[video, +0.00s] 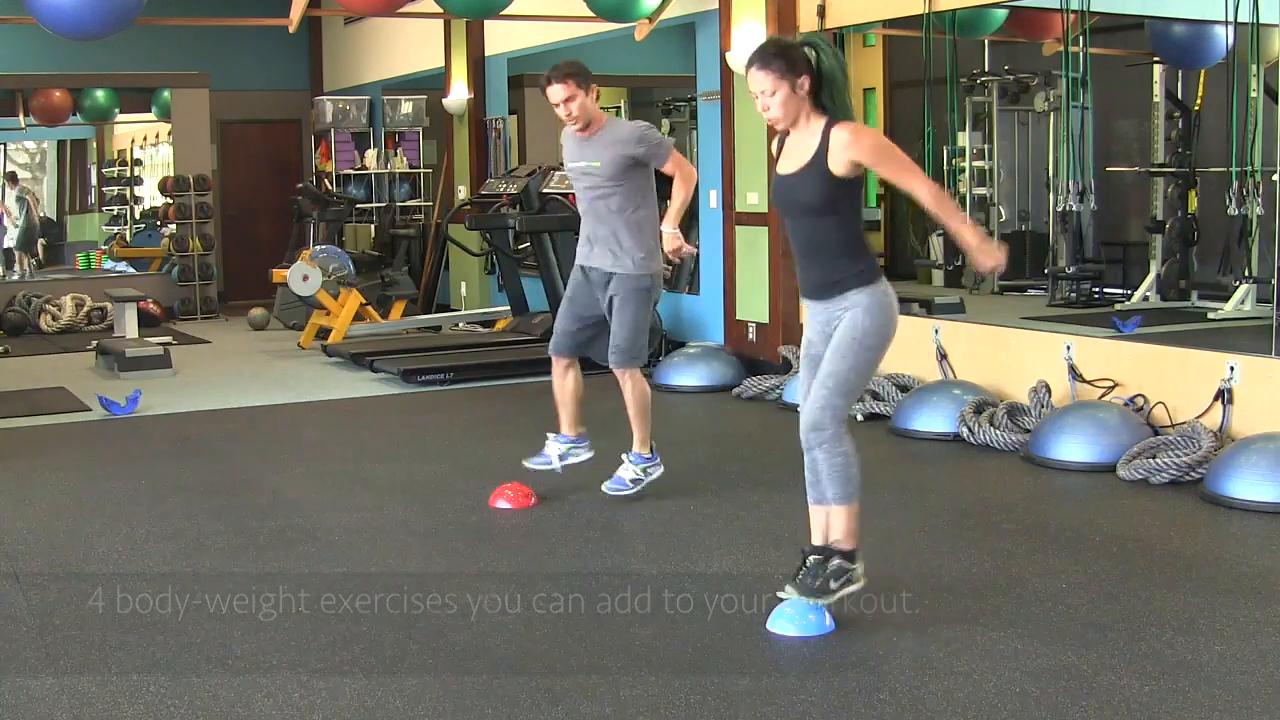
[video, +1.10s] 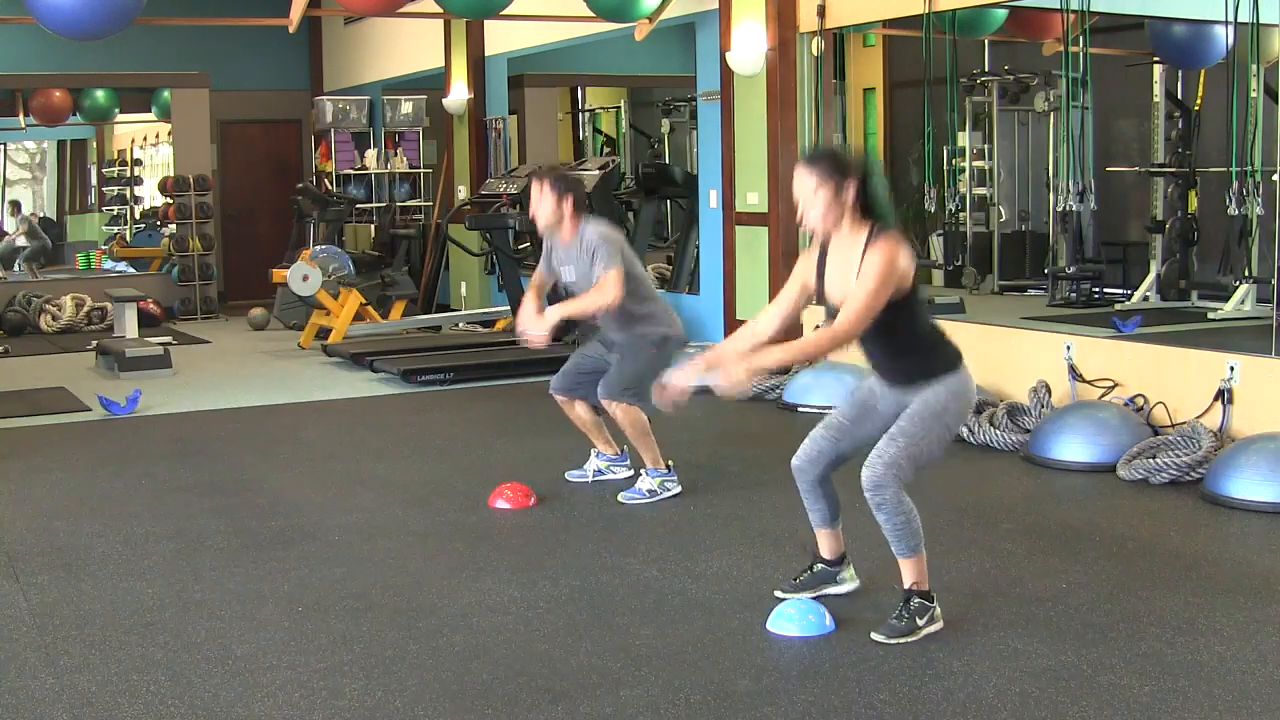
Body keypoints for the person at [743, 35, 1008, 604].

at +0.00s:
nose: (761, 106)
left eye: (768, 94)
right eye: (756, 96)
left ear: (801, 85)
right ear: (763, 94)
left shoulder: (847, 138)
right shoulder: (782, 144)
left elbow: (922, 187)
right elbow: (810, 221)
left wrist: (977, 243)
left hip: (863, 305)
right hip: (817, 310)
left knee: (824, 417)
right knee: (812, 421)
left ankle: (844, 556)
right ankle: (820, 550)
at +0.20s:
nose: (769, 121)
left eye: (777, 109)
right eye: (763, 111)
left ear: (810, 103)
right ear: (763, 112)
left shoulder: (851, 161)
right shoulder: (780, 165)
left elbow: (918, 219)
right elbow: (805, 244)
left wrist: (976, 277)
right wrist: (806, 315)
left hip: (865, 321)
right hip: (819, 326)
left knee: (817, 428)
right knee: (811, 436)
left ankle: (859, 562)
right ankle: (832, 559)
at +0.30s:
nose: (774, 123)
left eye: (780, 111)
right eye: (769, 113)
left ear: (814, 101)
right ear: (772, 110)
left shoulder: (853, 160)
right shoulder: (792, 163)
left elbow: (905, 238)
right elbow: (800, 242)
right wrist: (764, 306)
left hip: (876, 318)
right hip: (834, 322)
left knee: (843, 433)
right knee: (806, 436)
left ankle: (896, 572)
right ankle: (831, 556)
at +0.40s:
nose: (775, 155)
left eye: (781, 141)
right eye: (771, 143)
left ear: (818, 133)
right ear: (780, 141)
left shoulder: (856, 194)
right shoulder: (796, 197)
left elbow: (873, 281)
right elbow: (782, 277)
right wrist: (726, 277)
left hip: (899, 351)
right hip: (853, 352)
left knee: (864, 464)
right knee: (797, 454)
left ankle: (919, 595)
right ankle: (833, 561)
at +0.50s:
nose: (776, 213)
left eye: (784, 200)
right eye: (772, 202)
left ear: (820, 195)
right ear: (777, 204)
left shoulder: (855, 253)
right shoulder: (793, 260)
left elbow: (818, 334)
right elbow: (751, 336)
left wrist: (758, 272)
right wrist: (720, 281)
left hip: (925, 391)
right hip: (872, 393)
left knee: (865, 478)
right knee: (794, 466)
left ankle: (919, 599)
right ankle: (834, 566)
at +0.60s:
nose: (776, 276)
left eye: (785, 264)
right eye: (772, 265)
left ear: (821, 262)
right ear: (770, 268)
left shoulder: (855, 317)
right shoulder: (795, 318)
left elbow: (794, 381)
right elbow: (734, 379)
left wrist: (762, 306)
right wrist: (725, 305)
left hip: (940, 429)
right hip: (884, 432)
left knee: (868, 483)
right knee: (795, 469)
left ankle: (920, 600)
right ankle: (835, 568)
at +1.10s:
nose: (800, 211)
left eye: (808, 197)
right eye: (797, 199)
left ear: (846, 191)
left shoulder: (886, 250)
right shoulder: (817, 254)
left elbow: (840, 334)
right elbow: (764, 324)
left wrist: (749, 363)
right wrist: (693, 368)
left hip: (941, 385)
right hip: (886, 383)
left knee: (880, 477)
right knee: (808, 464)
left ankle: (921, 599)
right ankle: (834, 565)